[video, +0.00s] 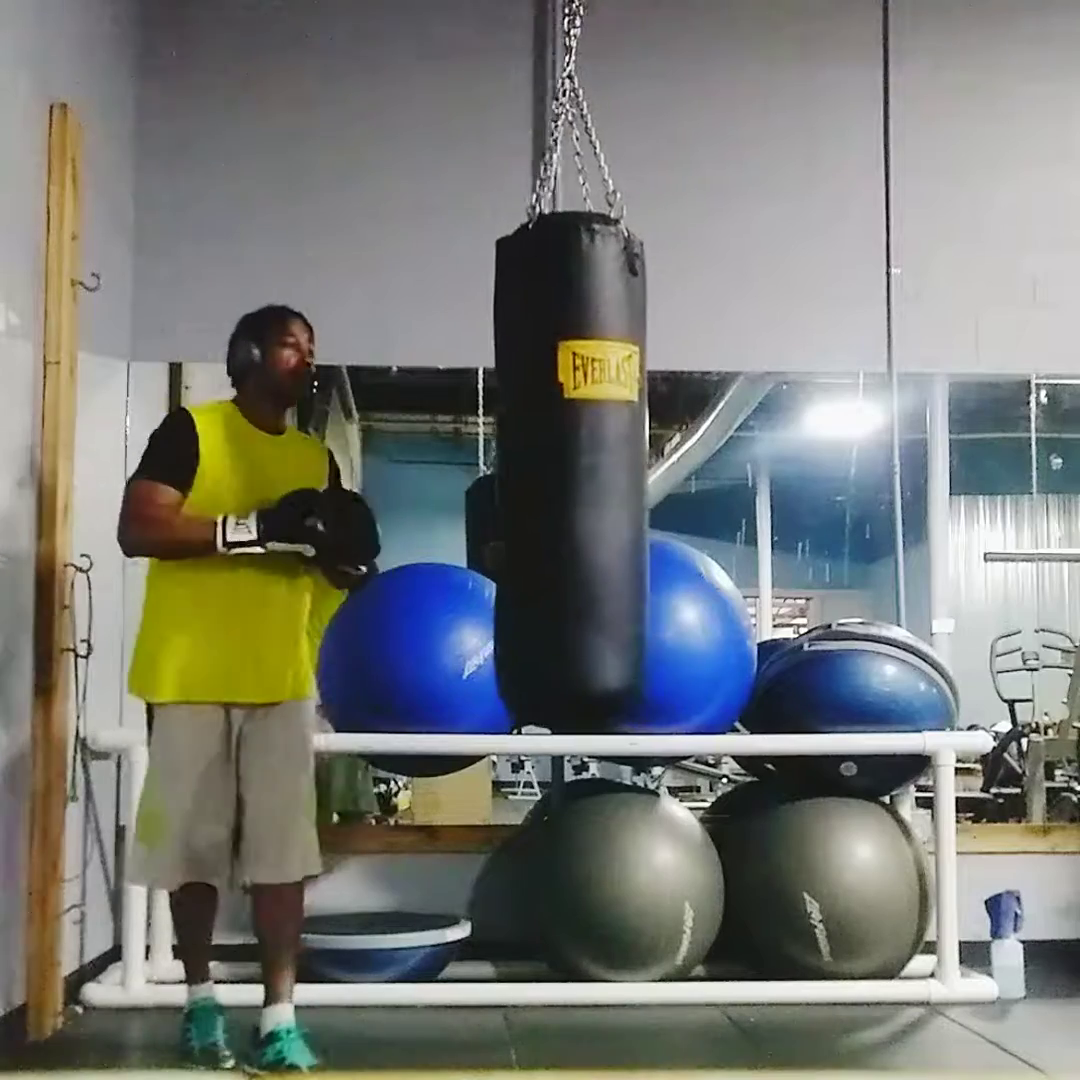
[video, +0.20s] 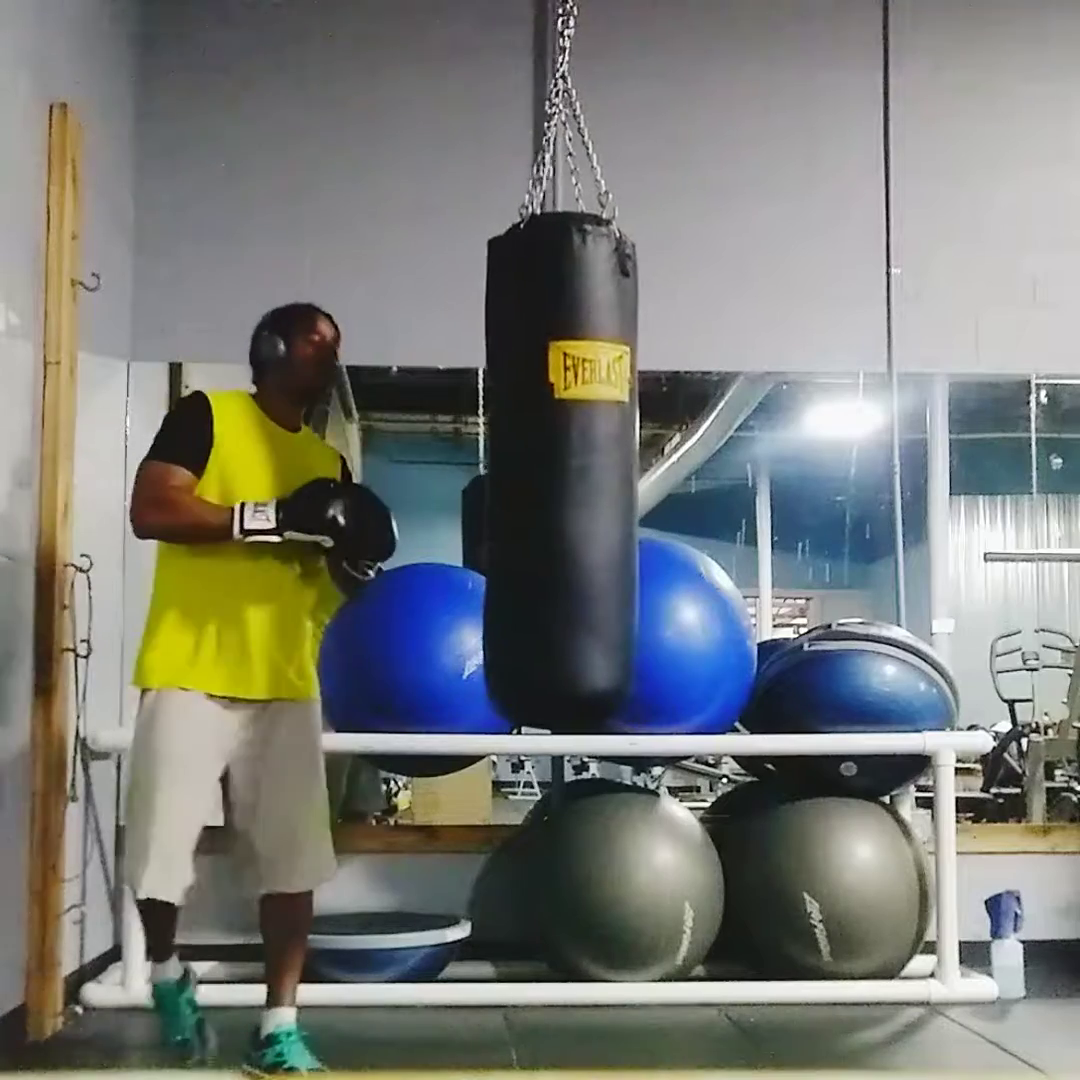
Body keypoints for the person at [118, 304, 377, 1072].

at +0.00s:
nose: (306, 360)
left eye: (309, 350)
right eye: (291, 346)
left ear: (309, 369)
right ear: (247, 358)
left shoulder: (320, 458)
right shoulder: (192, 429)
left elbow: (343, 577)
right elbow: (139, 527)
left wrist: (346, 554)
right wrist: (256, 528)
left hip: (282, 679)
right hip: (189, 674)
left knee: (282, 848)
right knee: (195, 847)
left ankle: (280, 1022)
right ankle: (202, 1008)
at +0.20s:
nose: (331, 359)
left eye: (334, 349)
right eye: (317, 343)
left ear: (327, 367)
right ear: (271, 350)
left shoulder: (332, 460)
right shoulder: (207, 413)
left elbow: (345, 585)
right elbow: (151, 510)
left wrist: (356, 556)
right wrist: (273, 517)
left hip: (287, 683)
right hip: (190, 672)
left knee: (294, 856)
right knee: (162, 845)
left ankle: (281, 1026)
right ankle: (166, 981)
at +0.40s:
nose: (318, 341)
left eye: (319, 332)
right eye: (305, 327)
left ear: (305, 348)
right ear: (260, 332)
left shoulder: (311, 441)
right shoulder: (193, 400)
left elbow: (331, 572)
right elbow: (166, 494)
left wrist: (350, 530)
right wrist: (290, 478)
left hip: (274, 680)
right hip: (178, 665)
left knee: (280, 858)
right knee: (128, 844)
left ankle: (278, 1026)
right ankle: (62, 1019)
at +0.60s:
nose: (270, 344)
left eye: (272, 332)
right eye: (256, 327)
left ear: (258, 347)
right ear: (208, 332)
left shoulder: (252, 443)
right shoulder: (148, 407)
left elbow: (277, 561)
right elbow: (179, 509)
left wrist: (321, 514)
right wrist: (287, 473)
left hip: (241, 682)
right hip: (148, 679)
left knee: (275, 851)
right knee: (93, 860)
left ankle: (275, 1026)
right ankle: (20, 1042)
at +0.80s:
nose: (241, 325)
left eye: (241, 311)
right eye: (229, 307)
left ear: (204, 318)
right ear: (180, 308)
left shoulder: (201, 416)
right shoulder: (118, 388)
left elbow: (206, 536)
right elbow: (171, 496)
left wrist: (273, 490)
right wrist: (269, 449)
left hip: (211, 670)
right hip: (117, 674)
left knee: (265, 828)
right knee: (68, 863)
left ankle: (259, 1012)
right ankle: (14, 1039)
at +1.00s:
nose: (230, 338)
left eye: (230, 324)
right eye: (220, 321)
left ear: (180, 323)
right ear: (174, 319)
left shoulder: (177, 417)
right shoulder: (114, 393)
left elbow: (220, 534)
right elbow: (199, 479)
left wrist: (277, 464)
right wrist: (280, 427)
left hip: (190, 672)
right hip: (110, 674)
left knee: (232, 842)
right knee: (65, 868)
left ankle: (230, 1036)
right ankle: (12, 1052)